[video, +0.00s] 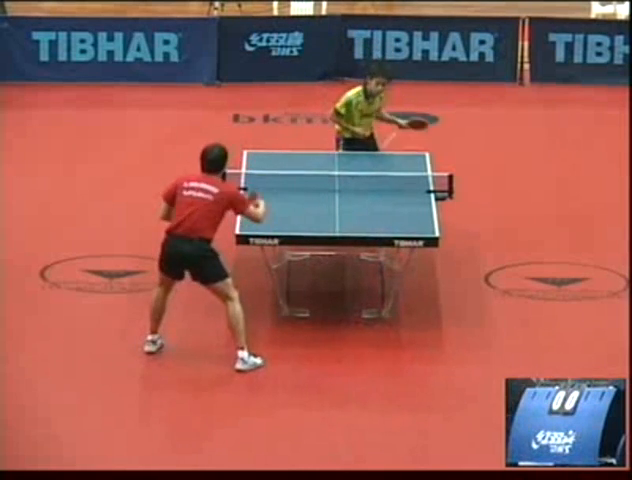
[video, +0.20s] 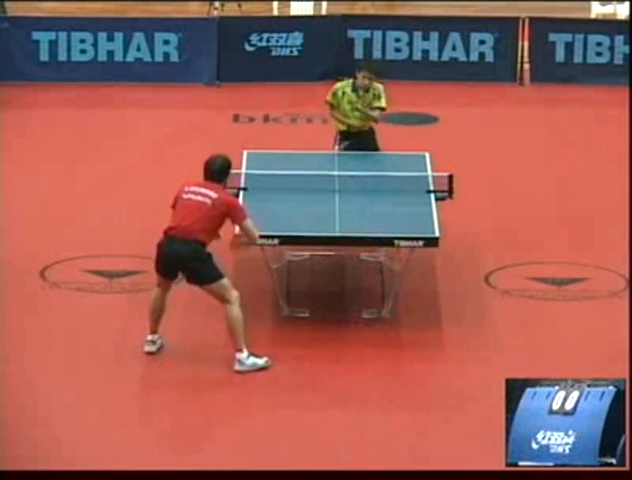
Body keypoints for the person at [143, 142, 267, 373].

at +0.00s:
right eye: (224, 163)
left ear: (201, 163)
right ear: (224, 167)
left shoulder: (183, 182)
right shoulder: (227, 192)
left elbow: (165, 215)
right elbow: (257, 216)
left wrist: (188, 213)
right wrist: (259, 203)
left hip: (173, 244)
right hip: (200, 248)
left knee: (163, 287)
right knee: (231, 298)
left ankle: (152, 337)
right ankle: (243, 354)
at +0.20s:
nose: (226, 178)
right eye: (228, 175)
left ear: (205, 173)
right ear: (227, 177)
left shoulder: (187, 188)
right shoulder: (228, 200)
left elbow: (175, 210)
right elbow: (253, 236)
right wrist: (241, 237)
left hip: (168, 244)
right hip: (194, 250)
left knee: (162, 287)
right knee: (231, 298)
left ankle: (151, 337)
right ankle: (242, 355)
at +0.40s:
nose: (236, 187)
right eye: (237, 183)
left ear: (214, 179)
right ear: (236, 185)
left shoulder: (196, 192)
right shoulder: (238, 206)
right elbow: (268, 230)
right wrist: (257, 236)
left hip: (176, 249)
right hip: (203, 255)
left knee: (163, 288)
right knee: (243, 297)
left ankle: (151, 338)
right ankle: (246, 355)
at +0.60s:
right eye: (243, 165)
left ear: (220, 164)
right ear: (242, 168)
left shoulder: (201, 179)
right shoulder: (244, 192)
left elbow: (185, 199)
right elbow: (277, 211)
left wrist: (209, 198)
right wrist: (293, 206)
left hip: (184, 240)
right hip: (210, 246)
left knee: (167, 289)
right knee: (243, 296)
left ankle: (153, 338)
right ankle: (246, 355)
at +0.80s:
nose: (240, 167)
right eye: (240, 164)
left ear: (216, 164)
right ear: (238, 168)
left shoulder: (196, 181)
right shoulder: (238, 194)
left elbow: (181, 210)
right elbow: (269, 221)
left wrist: (203, 207)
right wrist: (275, 214)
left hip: (180, 241)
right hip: (206, 247)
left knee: (167, 287)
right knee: (238, 296)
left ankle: (152, 337)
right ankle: (245, 355)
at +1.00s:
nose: (240, 184)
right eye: (240, 181)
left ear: (217, 179)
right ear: (239, 183)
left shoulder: (198, 195)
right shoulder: (238, 206)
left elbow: (193, 219)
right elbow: (265, 243)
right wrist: (250, 256)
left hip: (180, 249)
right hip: (206, 255)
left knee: (166, 289)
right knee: (246, 298)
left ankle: (152, 337)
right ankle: (246, 355)